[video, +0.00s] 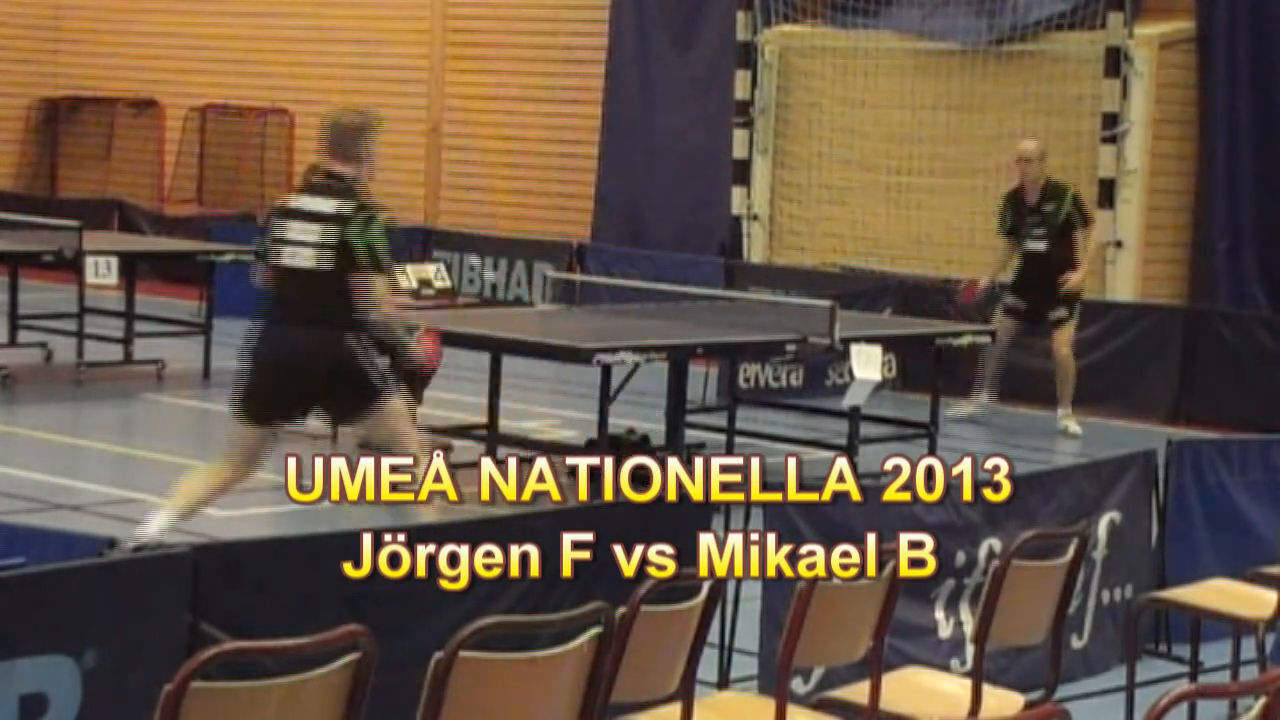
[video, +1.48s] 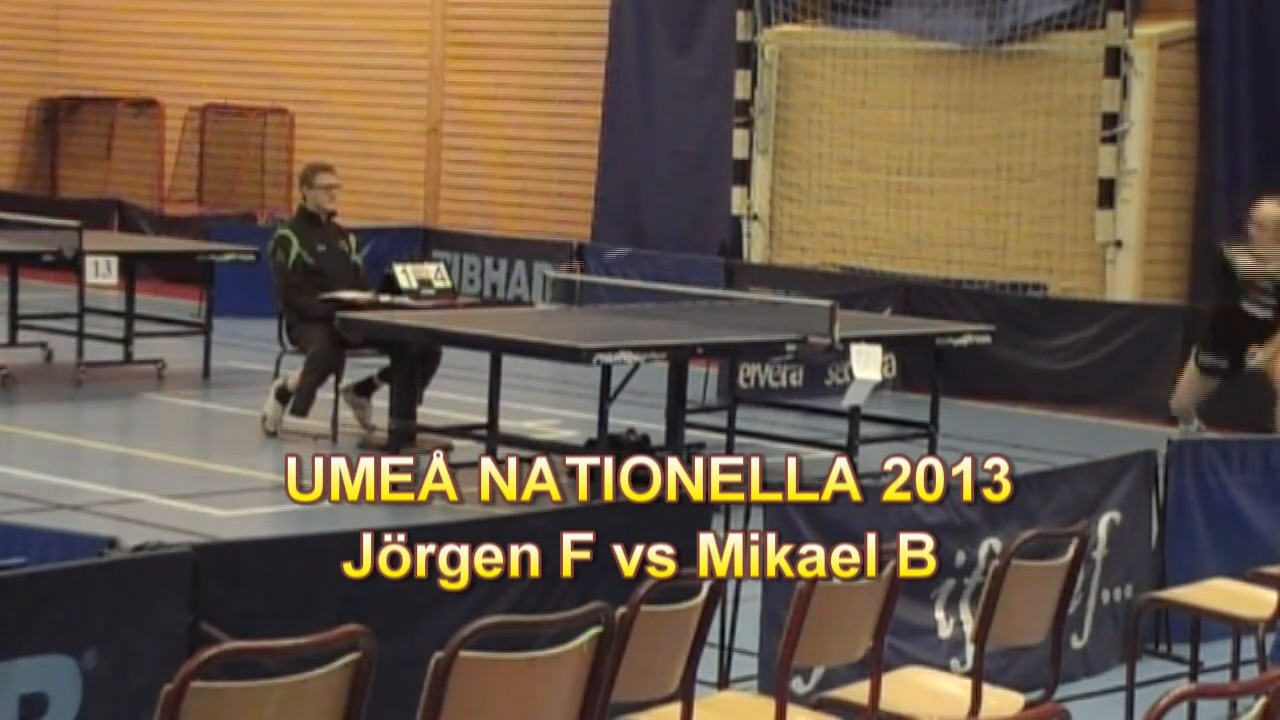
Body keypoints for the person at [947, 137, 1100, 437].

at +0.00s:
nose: (1023, 167)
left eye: (1029, 162)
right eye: (1019, 162)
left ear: (1043, 164)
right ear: (1015, 164)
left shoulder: (1065, 195)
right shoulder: (1012, 200)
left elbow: (1089, 234)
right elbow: (1010, 245)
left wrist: (1080, 272)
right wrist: (989, 276)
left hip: (1060, 278)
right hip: (1026, 276)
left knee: (1061, 348)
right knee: (999, 334)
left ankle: (1065, 413)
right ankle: (984, 397)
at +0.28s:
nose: (1060, 165)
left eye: (1065, 159)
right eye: (1055, 160)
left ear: (1078, 159)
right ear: (1049, 163)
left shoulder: (1099, 191)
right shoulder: (1054, 200)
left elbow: (1129, 234)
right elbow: (1051, 248)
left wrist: (1107, 271)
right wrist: (1028, 274)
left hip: (1109, 280)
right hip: (1077, 280)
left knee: (1119, 349)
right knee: (1058, 348)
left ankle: (1153, 420)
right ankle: (1081, 418)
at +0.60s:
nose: (1090, 173)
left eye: (1095, 166)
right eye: (1086, 167)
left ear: (1113, 166)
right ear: (1083, 171)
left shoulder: (1130, 192)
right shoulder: (1104, 204)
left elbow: (1154, 233)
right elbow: (1116, 266)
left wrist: (1126, 272)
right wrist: (1091, 300)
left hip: (1173, 287)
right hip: (1143, 290)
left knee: (1165, 352)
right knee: (1109, 347)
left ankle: (1195, 418)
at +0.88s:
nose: (1115, 210)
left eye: (1120, 203)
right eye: (1114, 203)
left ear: (1135, 203)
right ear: (1135, 205)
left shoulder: (1142, 233)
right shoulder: (1152, 226)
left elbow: (1122, 283)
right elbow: (1189, 256)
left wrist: (1094, 318)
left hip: (1195, 324)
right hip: (1170, 323)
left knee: (1207, 387)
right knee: (1125, 362)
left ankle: (1260, 440)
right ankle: (1148, 432)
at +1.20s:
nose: (1183, 182)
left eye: (1190, 175)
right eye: (1183, 174)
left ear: (1211, 181)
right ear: (1199, 181)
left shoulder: (1225, 216)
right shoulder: (1203, 216)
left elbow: (1238, 253)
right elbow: (1209, 258)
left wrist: (1200, 293)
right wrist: (1199, 274)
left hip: (1243, 317)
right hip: (1212, 315)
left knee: (1237, 387)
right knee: (1172, 369)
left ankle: (1277, 439)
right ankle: (1157, 432)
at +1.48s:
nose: (1260, 233)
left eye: (1267, 227)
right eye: (1257, 224)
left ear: (1278, 231)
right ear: (1249, 224)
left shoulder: (1277, 265)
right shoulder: (1230, 255)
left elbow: (1278, 319)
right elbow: (1223, 304)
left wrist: (1269, 348)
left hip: (1268, 340)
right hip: (1228, 334)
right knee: (1180, 404)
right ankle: (1193, 431)